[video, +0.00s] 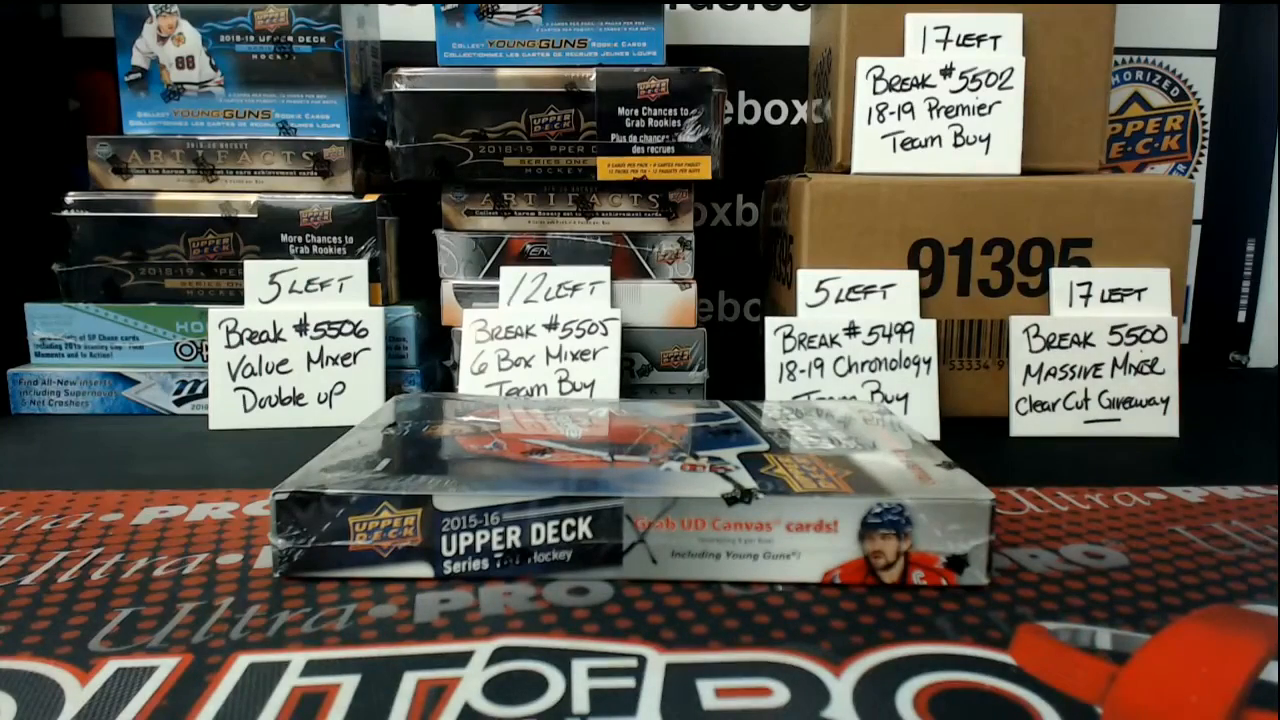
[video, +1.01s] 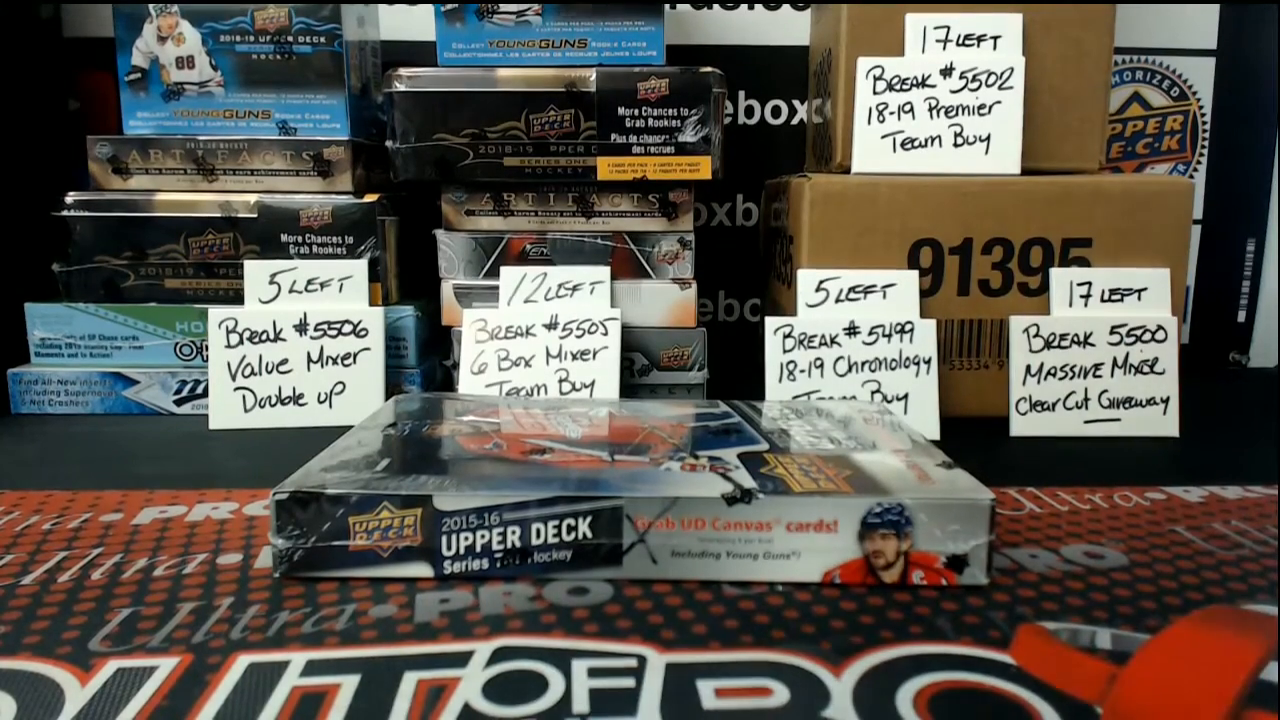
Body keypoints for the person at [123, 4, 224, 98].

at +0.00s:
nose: (170, 22)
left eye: (173, 17)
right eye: (164, 18)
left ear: (178, 17)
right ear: (156, 20)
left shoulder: (186, 35)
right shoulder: (150, 28)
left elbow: (188, 67)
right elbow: (141, 50)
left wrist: (178, 88)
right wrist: (137, 71)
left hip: (208, 84)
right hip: (181, 84)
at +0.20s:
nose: (170, 22)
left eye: (173, 17)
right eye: (164, 17)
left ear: (178, 17)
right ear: (156, 20)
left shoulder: (186, 35)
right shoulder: (150, 29)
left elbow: (188, 66)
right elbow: (142, 50)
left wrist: (178, 88)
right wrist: (137, 70)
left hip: (208, 83)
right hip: (181, 83)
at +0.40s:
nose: (169, 22)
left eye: (172, 16)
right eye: (163, 17)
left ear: (177, 16)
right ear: (155, 19)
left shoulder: (186, 34)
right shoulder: (149, 28)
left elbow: (188, 66)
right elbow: (141, 49)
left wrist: (179, 87)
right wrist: (137, 70)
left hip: (209, 83)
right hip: (182, 85)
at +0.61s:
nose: (170, 22)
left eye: (173, 17)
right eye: (164, 18)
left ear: (178, 17)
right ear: (156, 20)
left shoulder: (186, 36)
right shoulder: (150, 28)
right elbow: (142, 50)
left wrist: (178, 89)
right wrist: (137, 72)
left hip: (208, 84)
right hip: (180, 83)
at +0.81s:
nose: (170, 22)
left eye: (173, 17)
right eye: (164, 18)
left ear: (178, 17)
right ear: (156, 20)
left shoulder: (186, 36)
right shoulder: (150, 29)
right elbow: (142, 50)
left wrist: (178, 88)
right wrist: (137, 72)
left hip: (208, 84)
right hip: (181, 84)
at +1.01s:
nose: (170, 22)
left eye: (173, 17)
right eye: (164, 18)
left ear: (178, 17)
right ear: (156, 20)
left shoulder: (186, 36)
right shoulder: (150, 29)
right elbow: (142, 50)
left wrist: (178, 88)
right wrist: (137, 72)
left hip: (209, 84)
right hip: (181, 84)